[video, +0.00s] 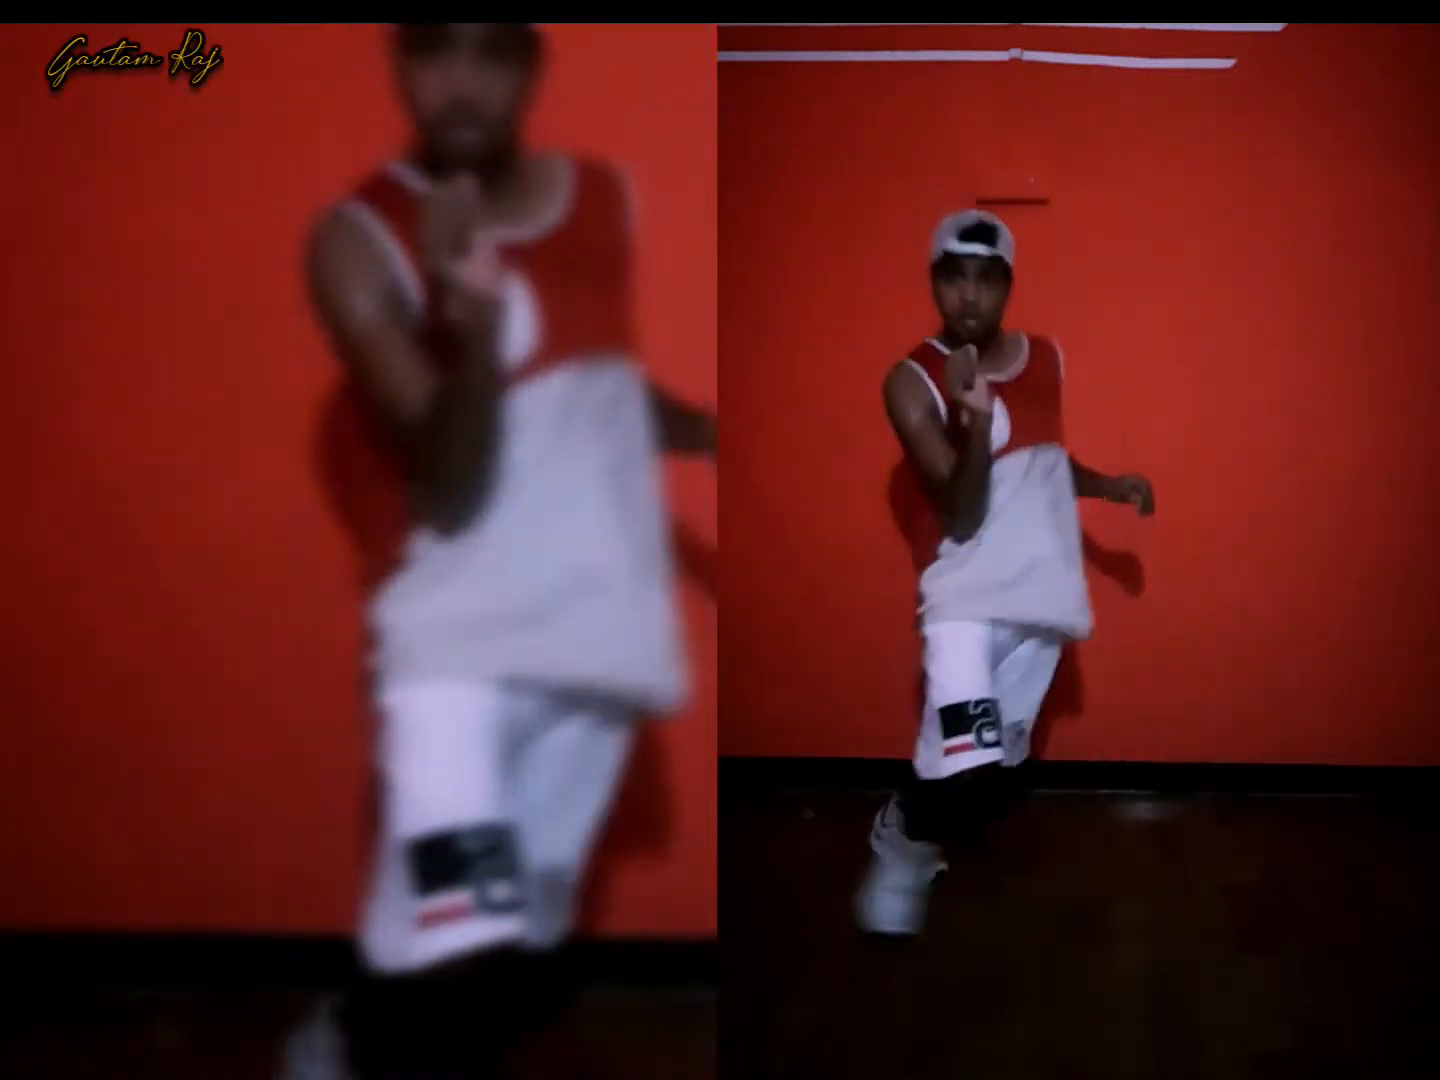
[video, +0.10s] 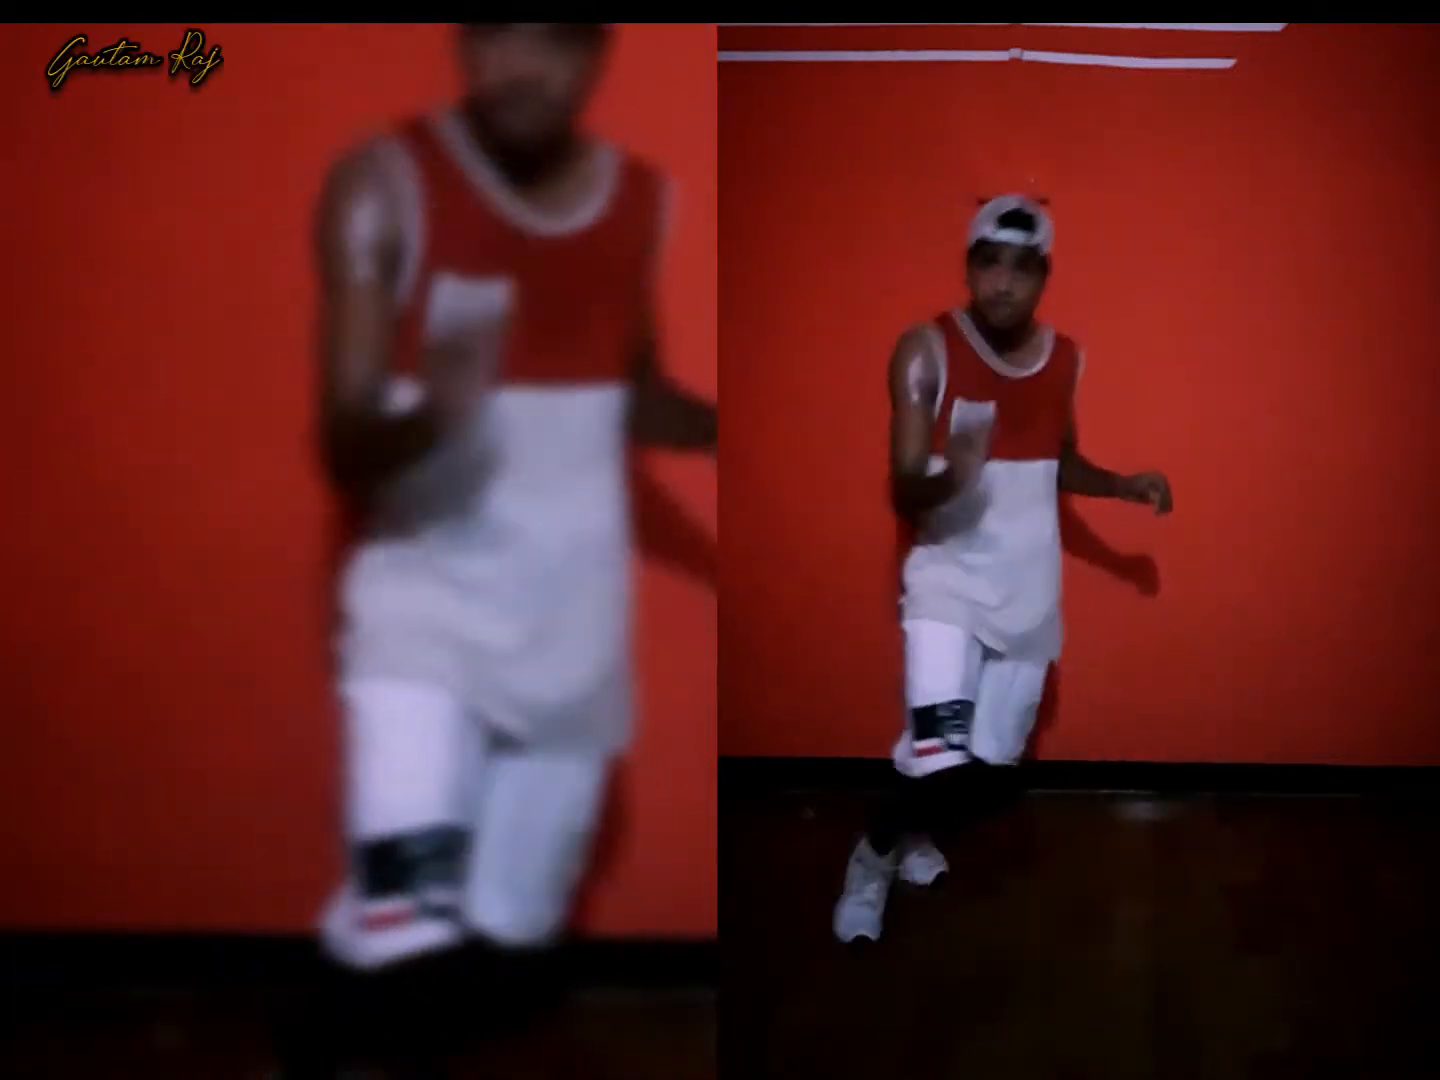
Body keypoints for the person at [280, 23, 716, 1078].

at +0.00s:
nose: (460, 85)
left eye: (490, 55)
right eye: (434, 54)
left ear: (533, 71)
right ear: (401, 72)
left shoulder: (595, 197)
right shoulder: (362, 237)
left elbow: (595, 386)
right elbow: (444, 485)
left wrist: (723, 435)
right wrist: (468, 337)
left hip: (600, 629)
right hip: (456, 633)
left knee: (527, 962)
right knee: (450, 955)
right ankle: (330, 1053)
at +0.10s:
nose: (519, 68)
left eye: (551, 42)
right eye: (496, 39)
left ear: (596, 58)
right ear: (463, 50)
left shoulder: (631, 194)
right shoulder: (387, 184)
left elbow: (630, 391)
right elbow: (349, 439)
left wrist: (740, 431)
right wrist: (426, 405)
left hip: (575, 625)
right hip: (422, 608)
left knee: (512, 965)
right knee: (406, 940)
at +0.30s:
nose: (694, 122)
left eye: (716, 93)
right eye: (668, 90)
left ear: (746, 115)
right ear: (622, 105)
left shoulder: (738, 266)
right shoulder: (526, 248)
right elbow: (314, 401)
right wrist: (276, 629)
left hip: (578, 531)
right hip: (404, 514)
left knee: (623, 834)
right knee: (337, 812)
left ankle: (632, 1078)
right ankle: (261, 1075)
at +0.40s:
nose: (730, 181)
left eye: (747, 151)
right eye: (708, 146)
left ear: (770, 171)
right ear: (659, 159)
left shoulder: (755, 312)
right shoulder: (536, 282)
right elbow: (374, 416)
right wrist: (289, 615)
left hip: (648, 572)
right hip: (457, 557)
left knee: (680, 880)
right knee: (355, 851)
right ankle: (287, 1074)